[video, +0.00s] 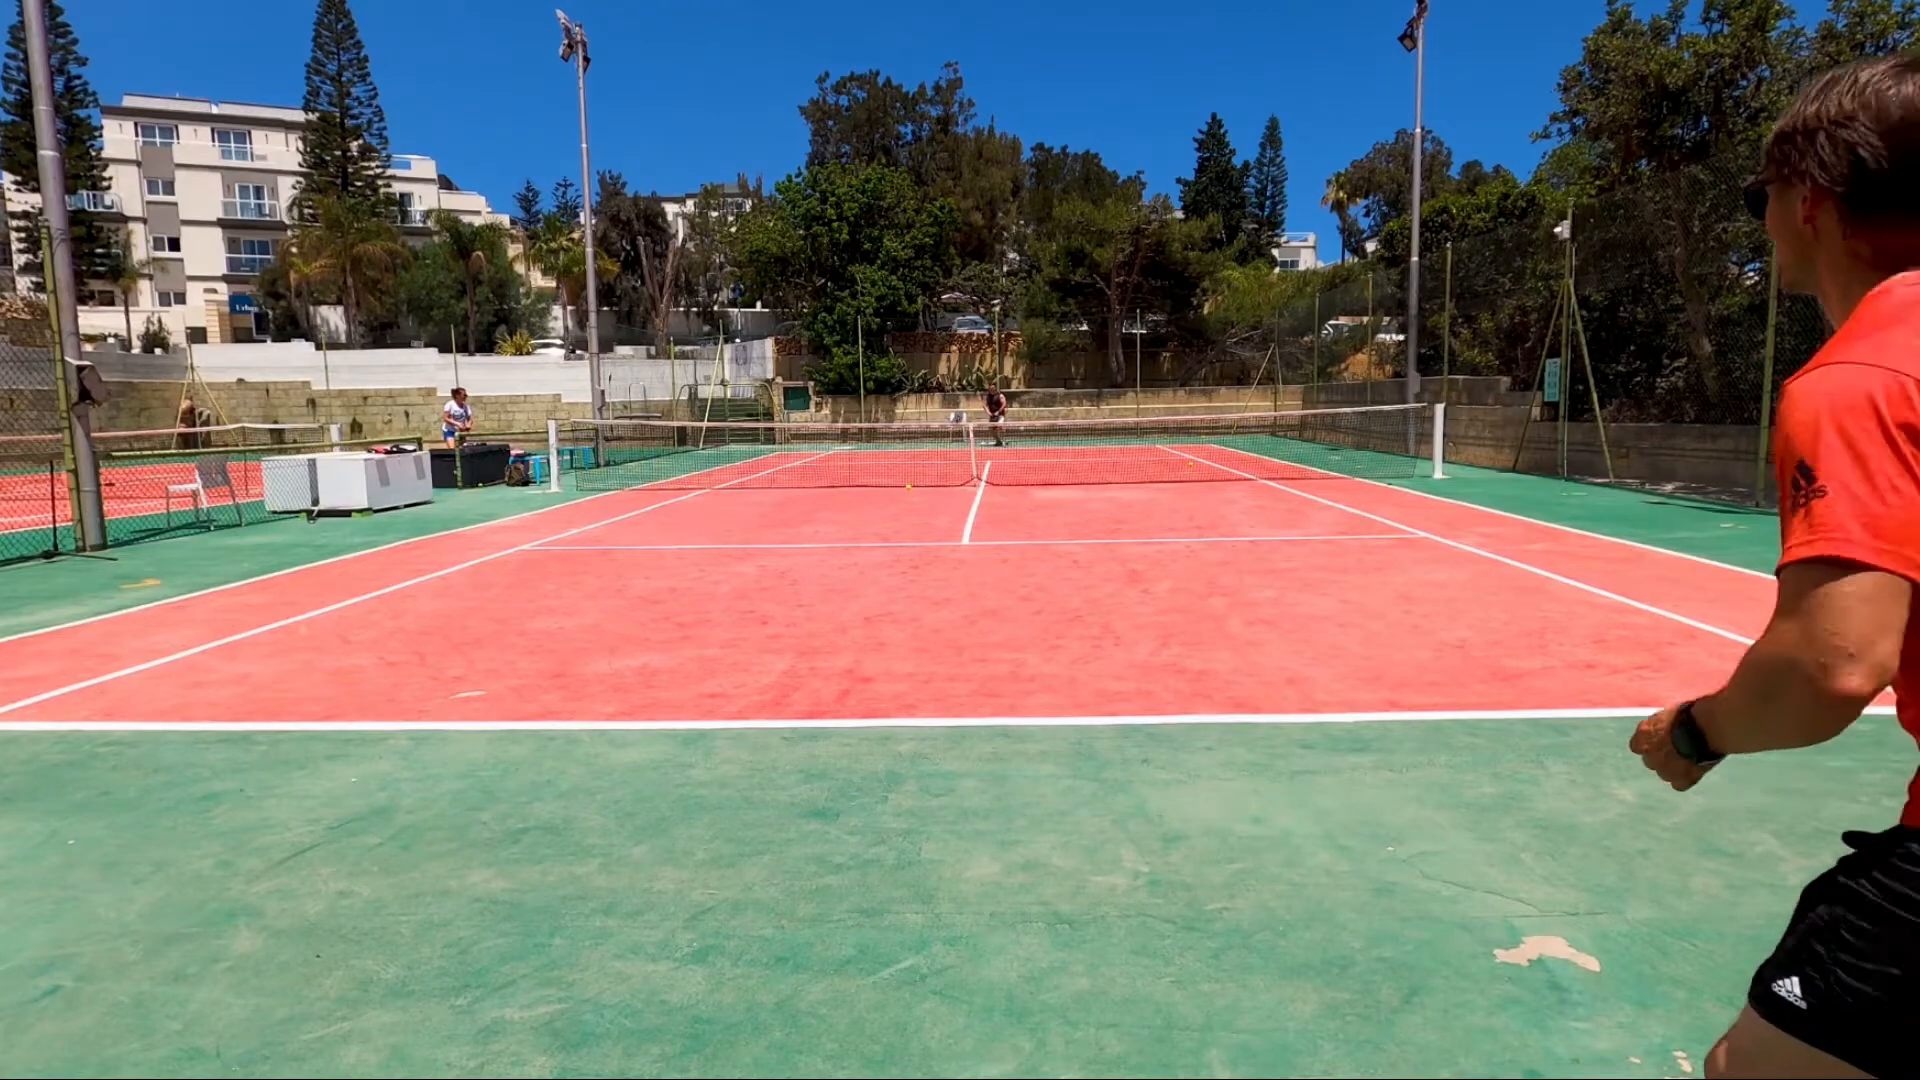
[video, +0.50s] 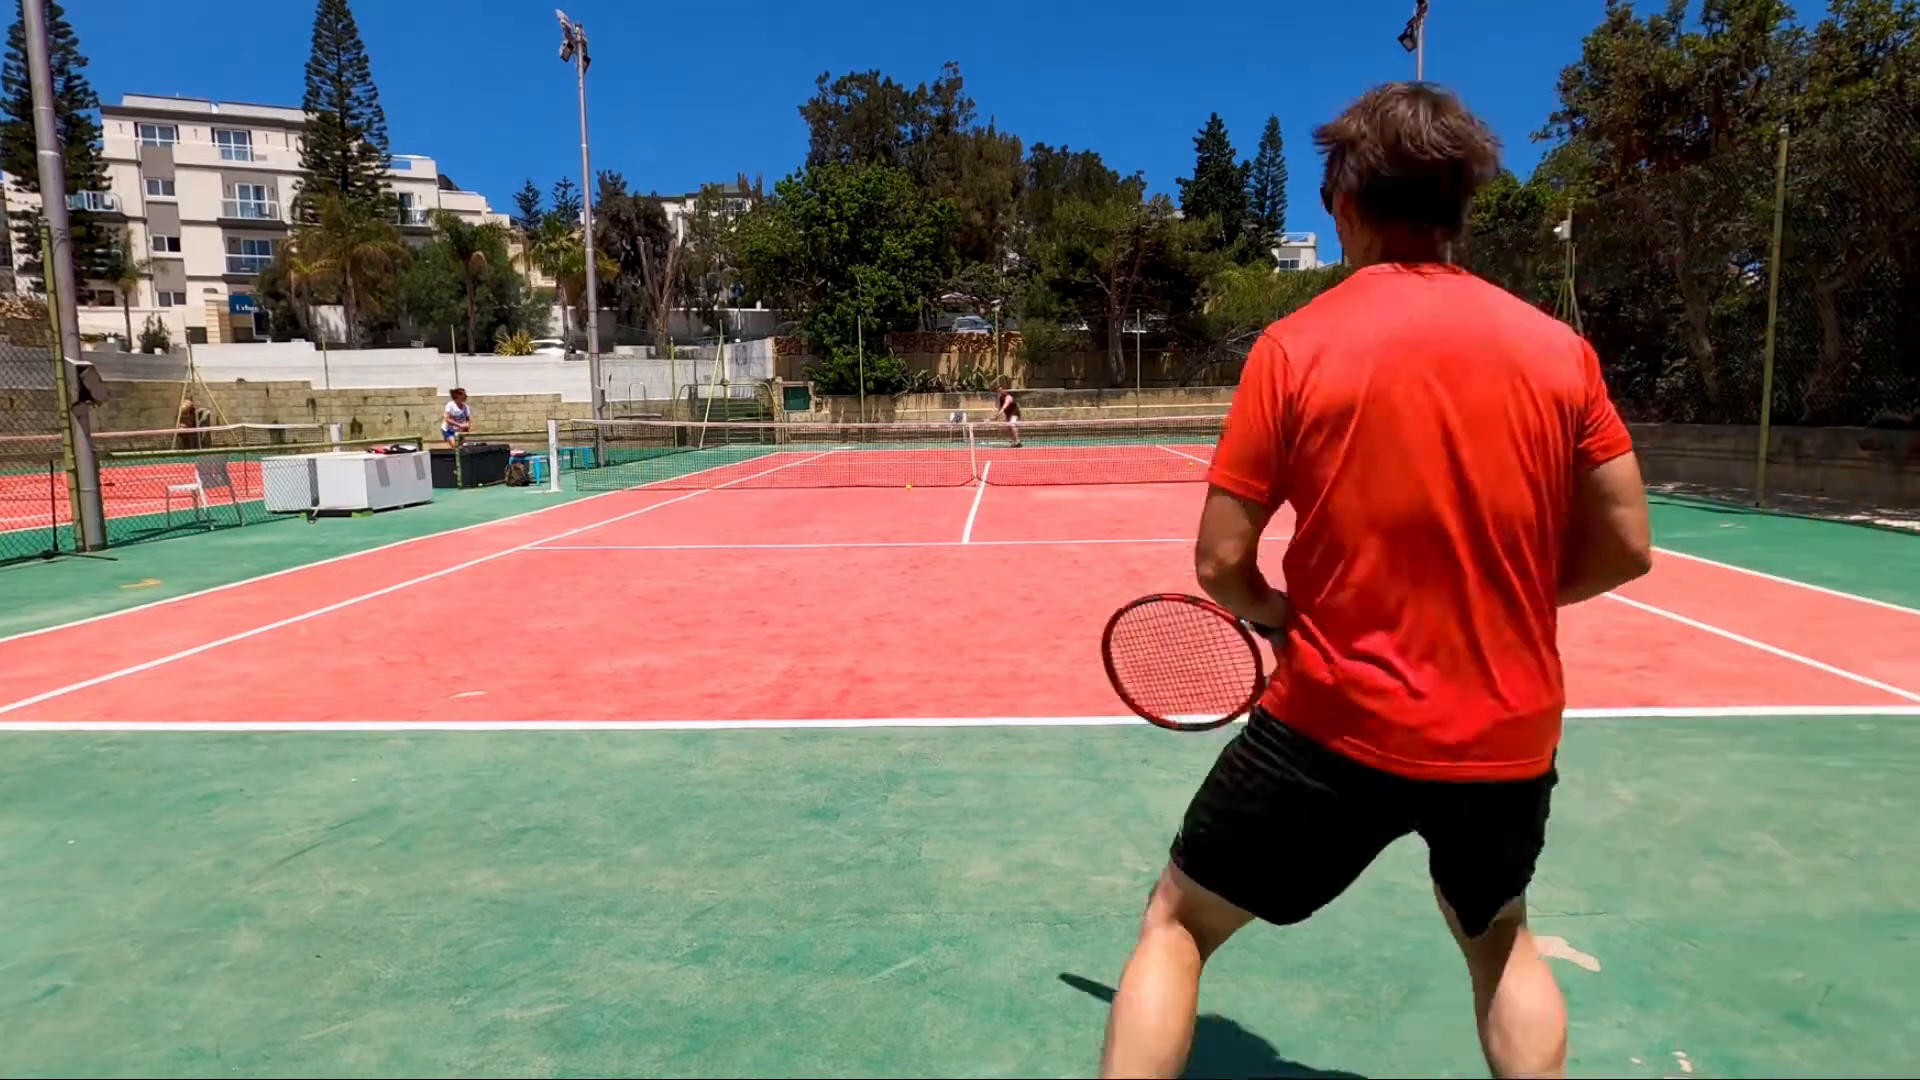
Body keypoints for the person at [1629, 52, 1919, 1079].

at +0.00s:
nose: (1767, 226)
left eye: (1768, 195)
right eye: (1765, 197)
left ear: (1812, 202)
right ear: (1913, 195)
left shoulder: (1865, 377)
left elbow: (1837, 662)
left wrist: (1698, 731)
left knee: (1751, 1066)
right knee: (1756, 1060)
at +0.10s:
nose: (1649, 209)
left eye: (1649, 179)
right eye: (1648, 181)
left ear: (1682, 182)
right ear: (1820, 172)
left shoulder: (1695, 353)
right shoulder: (1907, 285)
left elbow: (1633, 631)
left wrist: (1604, 659)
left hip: (1853, 794)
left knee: (1722, 1061)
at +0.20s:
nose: (1575, 131)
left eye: (1572, 108)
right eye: (1574, 109)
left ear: (1596, 107)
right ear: (1734, 103)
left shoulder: (1560, 276)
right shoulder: (1898, 238)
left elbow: (1508, 526)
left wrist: (1559, 580)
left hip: (1711, 736)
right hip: (1906, 722)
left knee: (1733, 1061)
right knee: (1908, 1000)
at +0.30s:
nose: (1500, 84)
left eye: (1502, 63)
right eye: (1503, 63)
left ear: (1517, 65)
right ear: (1656, 63)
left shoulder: (1464, 233)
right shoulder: (1789, 209)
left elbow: (1411, 472)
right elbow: (1913, 387)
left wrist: (1476, 532)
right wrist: (1850, 539)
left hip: (1570, 668)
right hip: (1763, 660)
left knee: (1572, 992)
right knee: (1719, 949)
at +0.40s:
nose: (1415, 120)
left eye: (1417, 100)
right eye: (1419, 100)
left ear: (1435, 115)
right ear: (1562, 119)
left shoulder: (1381, 277)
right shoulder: (1682, 270)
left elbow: (1315, 501)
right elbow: (1776, 470)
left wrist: (1385, 562)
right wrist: (1647, 551)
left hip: (1446, 693)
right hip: (1619, 700)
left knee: (1363, 948)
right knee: (1577, 944)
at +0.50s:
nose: (1332, 204)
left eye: (1336, 186)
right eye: (1338, 185)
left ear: (1349, 198)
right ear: (1464, 203)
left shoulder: (1297, 347)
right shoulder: (1555, 347)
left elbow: (1222, 561)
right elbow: (1621, 546)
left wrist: (1285, 614)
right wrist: (1497, 590)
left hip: (1336, 729)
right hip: (1505, 739)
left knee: (1182, 924)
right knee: (1501, 934)